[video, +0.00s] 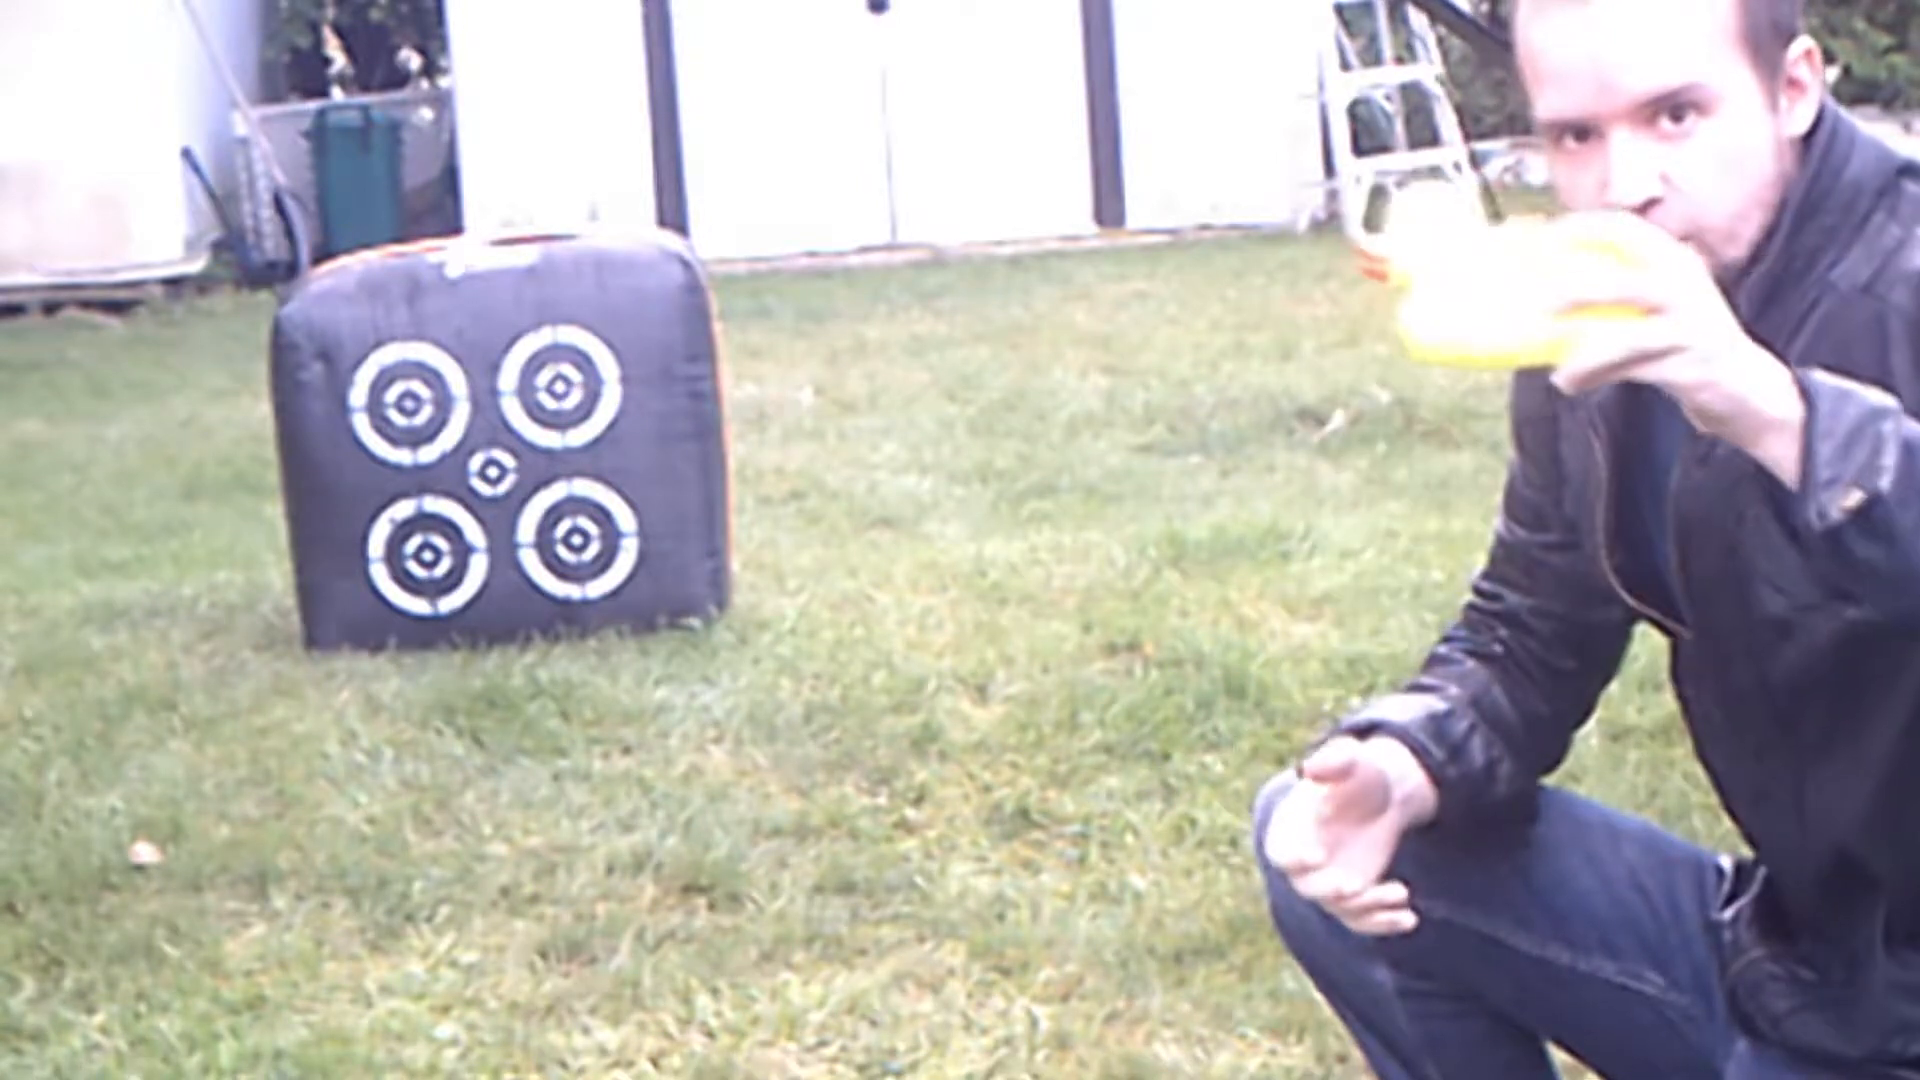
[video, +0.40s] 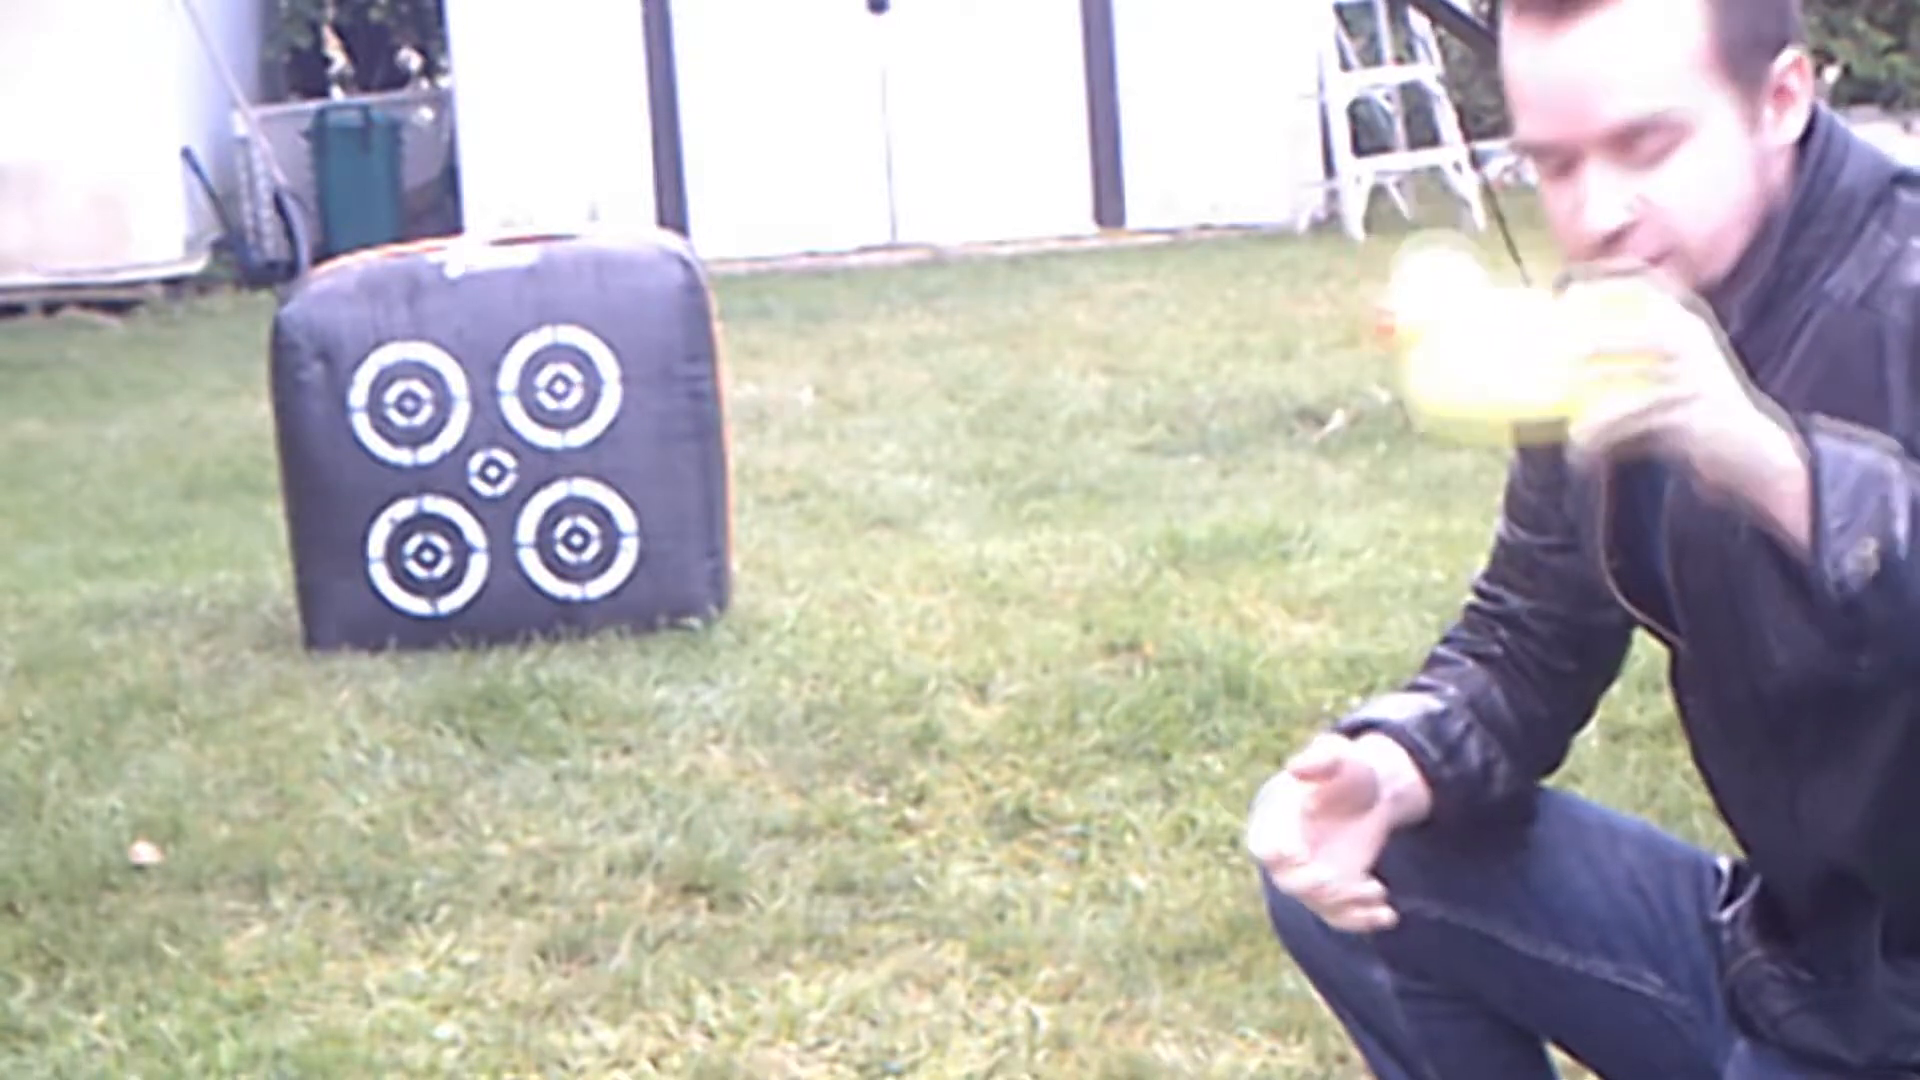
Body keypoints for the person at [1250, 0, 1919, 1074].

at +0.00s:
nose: (1626, 184)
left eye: (1675, 116)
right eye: (1575, 135)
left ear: (1796, 89)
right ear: (1536, 138)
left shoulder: (1898, 281)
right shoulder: (1598, 307)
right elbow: (1531, 629)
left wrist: (1779, 414)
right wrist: (1407, 760)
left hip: (1892, 1026)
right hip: (1769, 939)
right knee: (1328, 848)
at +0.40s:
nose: (1595, 216)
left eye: (1646, 147)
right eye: (1552, 166)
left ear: (1784, 103)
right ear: (1522, 153)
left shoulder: (1901, 293)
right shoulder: (1616, 319)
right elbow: (1530, 634)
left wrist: (1771, 464)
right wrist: (1396, 761)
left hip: (1894, 1028)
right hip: (1765, 940)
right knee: (1342, 862)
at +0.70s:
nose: (1556, 304)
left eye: (1605, 243)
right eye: (1518, 247)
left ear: (1755, 182)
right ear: (1490, 207)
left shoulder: (1894, 422)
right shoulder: (1574, 363)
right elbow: (1539, 644)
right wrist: (1396, 740)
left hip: (1884, 966)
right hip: (1706, 905)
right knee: (1344, 850)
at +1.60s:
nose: (1476, 350)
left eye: (1521, 286)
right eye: (1446, 291)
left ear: (1674, 223)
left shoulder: (1867, 529)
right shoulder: (1616, 370)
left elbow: (1795, 999)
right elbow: (1536, 635)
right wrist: (1370, 750)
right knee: (1360, 850)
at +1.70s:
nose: (1511, 306)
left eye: (1564, 241)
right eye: (1485, 249)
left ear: (1718, 190)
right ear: (1460, 213)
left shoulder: (1886, 468)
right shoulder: (1592, 365)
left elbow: (1853, 987)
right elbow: (1539, 639)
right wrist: (1370, 752)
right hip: (1690, 905)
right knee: (1358, 852)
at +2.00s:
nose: (1658, 188)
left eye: (1715, 119)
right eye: (1611, 130)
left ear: (1838, 108)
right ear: (1573, 135)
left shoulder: (1901, 368)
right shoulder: (1607, 335)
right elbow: (1542, 630)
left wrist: (1732, 878)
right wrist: (1373, 760)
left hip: (1886, 1028)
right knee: (1391, 909)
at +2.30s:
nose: (1704, 167)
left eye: (1762, 97)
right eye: (1653, 110)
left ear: (1876, 86)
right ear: (1612, 122)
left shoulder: (1910, 327)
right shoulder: (1669, 324)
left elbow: (1902, 659)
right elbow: (1556, 635)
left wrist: (1706, 430)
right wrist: (1387, 781)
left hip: (1894, 1033)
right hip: (1774, 943)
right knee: (1369, 870)